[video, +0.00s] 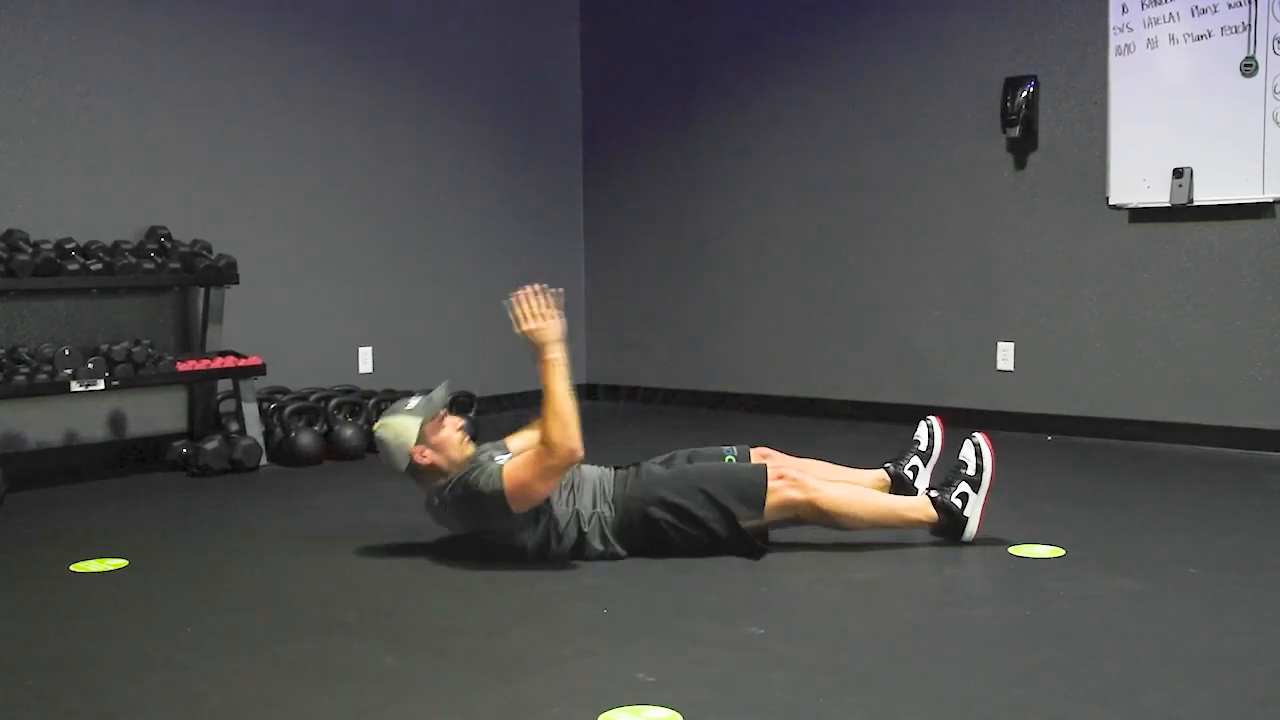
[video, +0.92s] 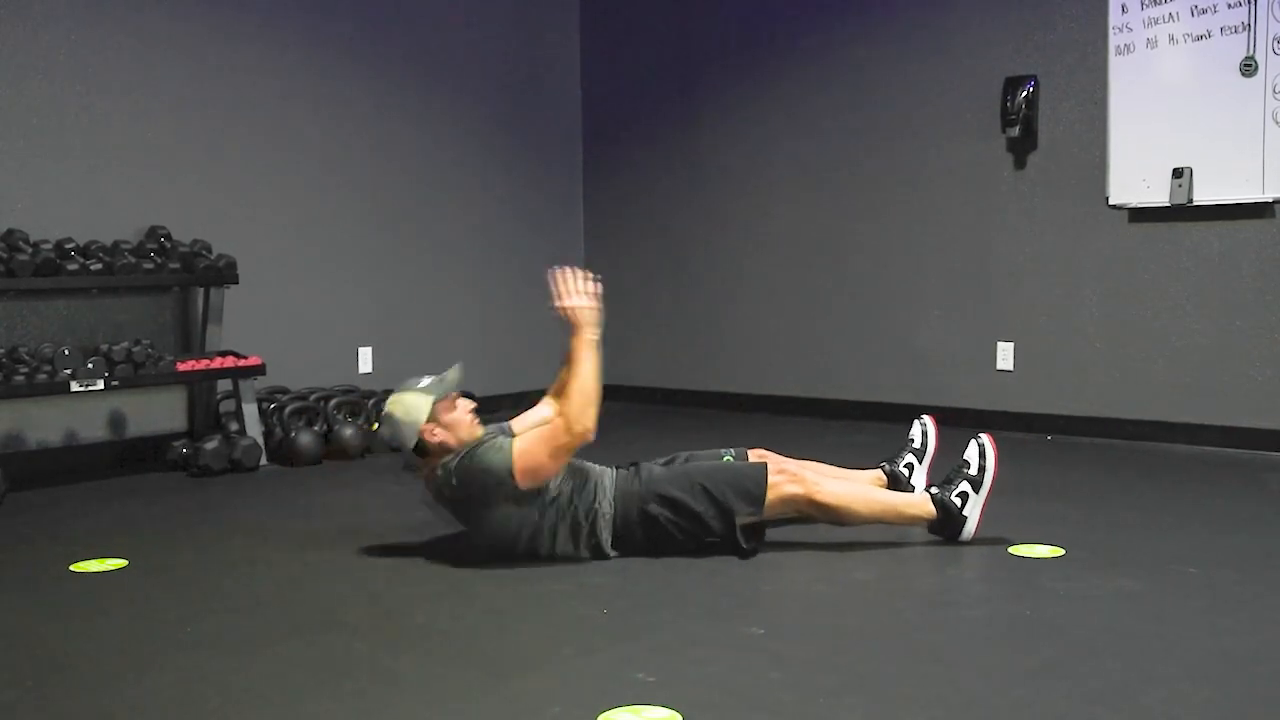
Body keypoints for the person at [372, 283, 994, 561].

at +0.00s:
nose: (455, 423)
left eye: (446, 417)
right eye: (440, 426)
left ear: (439, 437)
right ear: (423, 457)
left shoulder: (470, 461)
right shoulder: (472, 493)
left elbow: (546, 443)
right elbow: (564, 448)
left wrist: (554, 365)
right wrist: (550, 348)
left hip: (624, 485)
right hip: (622, 512)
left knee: (768, 458)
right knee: (789, 487)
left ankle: (896, 482)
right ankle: (940, 513)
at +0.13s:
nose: (413, 447)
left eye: (403, 442)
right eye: (400, 454)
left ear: (414, 451)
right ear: (399, 486)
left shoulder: (453, 483)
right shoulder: (458, 516)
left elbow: (516, 419)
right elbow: (513, 434)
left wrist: (454, 363)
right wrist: (450, 372)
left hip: (629, 485)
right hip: (629, 508)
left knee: (772, 466)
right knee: (788, 493)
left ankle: (899, 485)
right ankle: (940, 516)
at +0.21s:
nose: (404, 461)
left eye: (392, 459)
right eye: (391, 467)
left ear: (403, 469)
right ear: (397, 495)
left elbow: (475, 412)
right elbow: (476, 422)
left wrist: (384, 391)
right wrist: (387, 407)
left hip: (627, 485)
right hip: (627, 513)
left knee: (769, 468)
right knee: (787, 488)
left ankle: (895, 486)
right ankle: (940, 513)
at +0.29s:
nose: (387, 483)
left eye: (377, 480)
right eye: (376, 491)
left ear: (394, 479)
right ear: (389, 511)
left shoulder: (444, 490)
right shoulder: (443, 515)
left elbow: (438, 409)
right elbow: (439, 416)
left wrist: (350, 438)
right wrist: (347, 440)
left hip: (626, 486)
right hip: (626, 513)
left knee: (770, 468)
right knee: (785, 490)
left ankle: (897, 485)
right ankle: (938, 516)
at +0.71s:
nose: (387, 471)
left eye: (376, 471)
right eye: (376, 477)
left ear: (385, 480)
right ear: (386, 502)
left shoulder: (435, 495)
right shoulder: (437, 520)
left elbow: (444, 409)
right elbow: (444, 413)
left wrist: (359, 414)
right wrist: (358, 419)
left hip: (622, 485)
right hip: (623, 512)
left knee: (767, 462)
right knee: (787, 485)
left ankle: (897, 486)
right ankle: (938, 512)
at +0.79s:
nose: (418, 439)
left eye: (406, 435)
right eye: (403, 445)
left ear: (413, 453)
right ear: (398, 482)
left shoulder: (449, 486)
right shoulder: (448, 508)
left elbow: (500, 417)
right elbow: (507, 416)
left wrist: (438, 350)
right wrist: (434, 352)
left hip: (619, 489)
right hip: (622, 510)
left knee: (765, 464)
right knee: (785, 489)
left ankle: (891, 483)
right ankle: (940, 513)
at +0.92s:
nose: (464, 403)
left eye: (454, 398)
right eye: (449, 407)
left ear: (437, 431)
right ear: (432, 437)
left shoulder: (470, 454)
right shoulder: (472, 473)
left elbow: (555, 416)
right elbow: (575, 427)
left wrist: (580, 332)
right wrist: (586, 328)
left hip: (620, 490)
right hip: (621, 512)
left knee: (765, 458)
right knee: (791, 483)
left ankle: (895, 481)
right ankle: (942, 510)